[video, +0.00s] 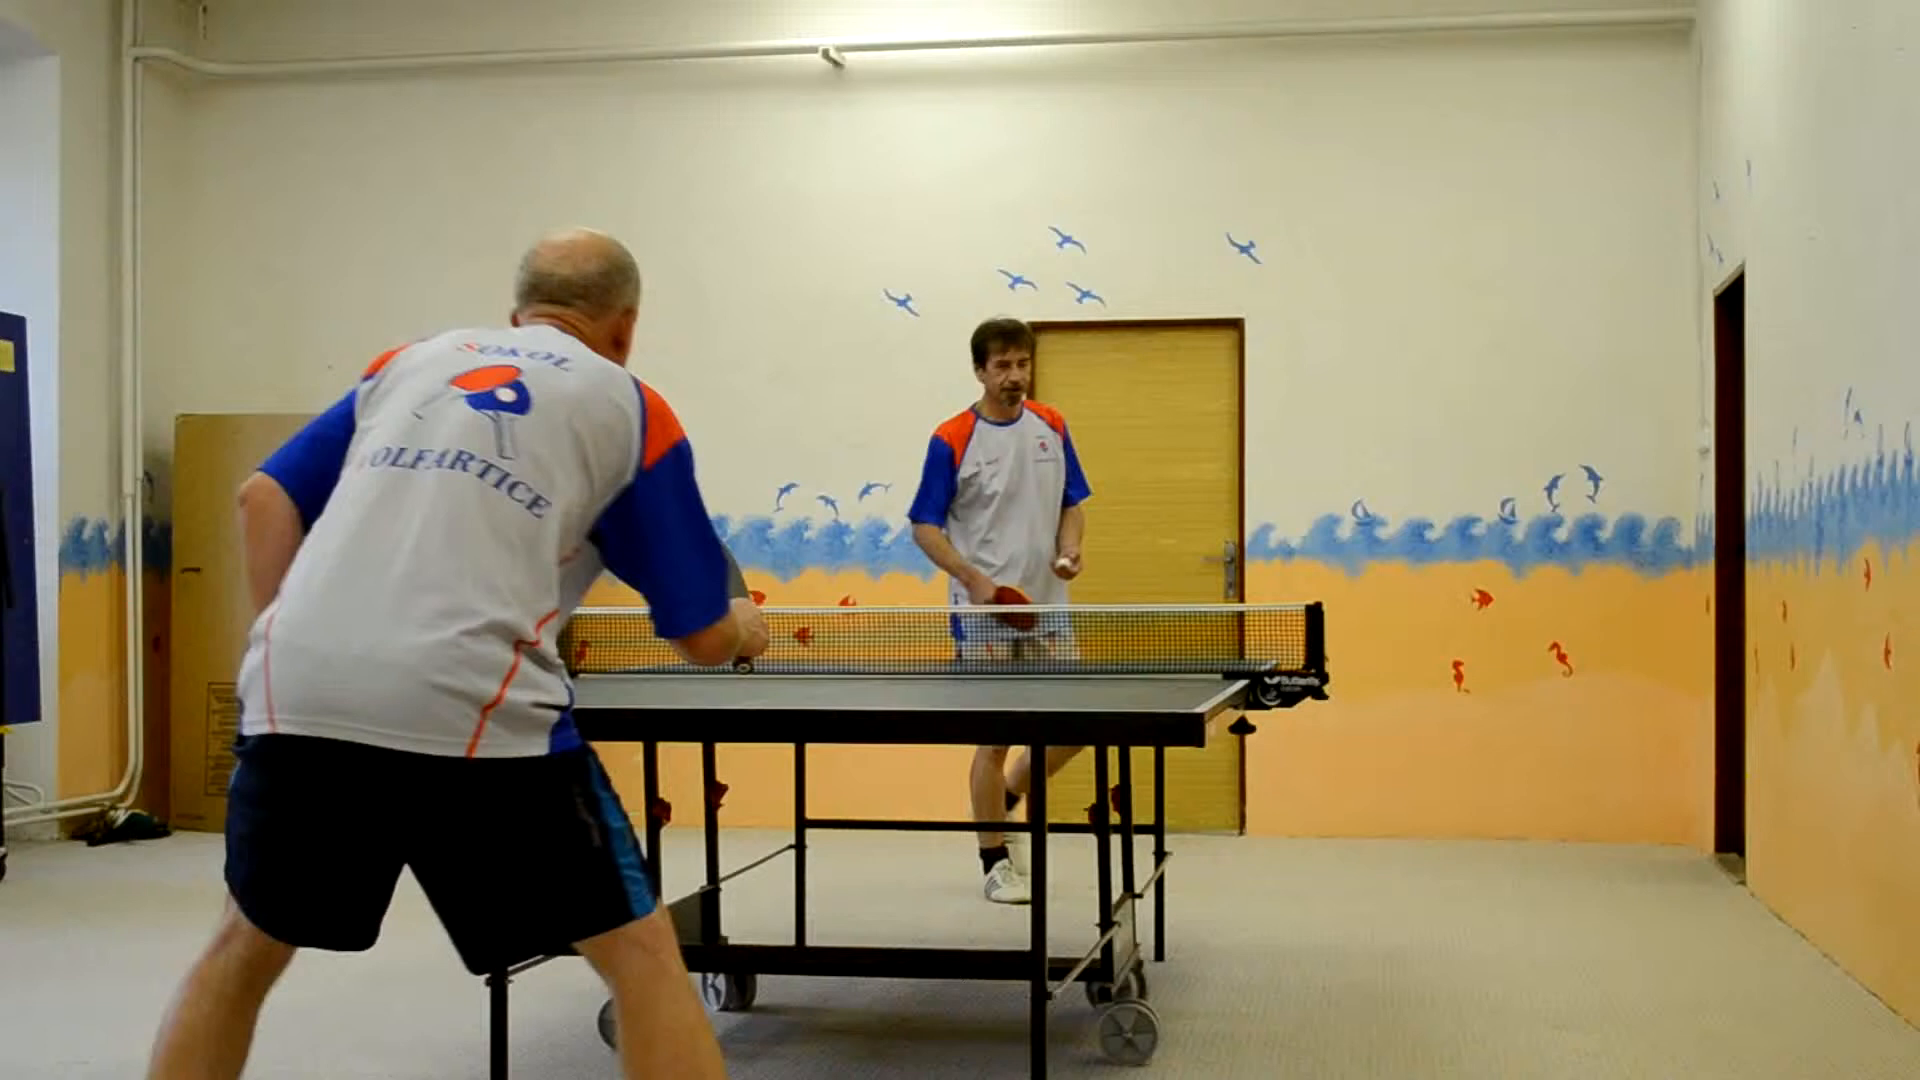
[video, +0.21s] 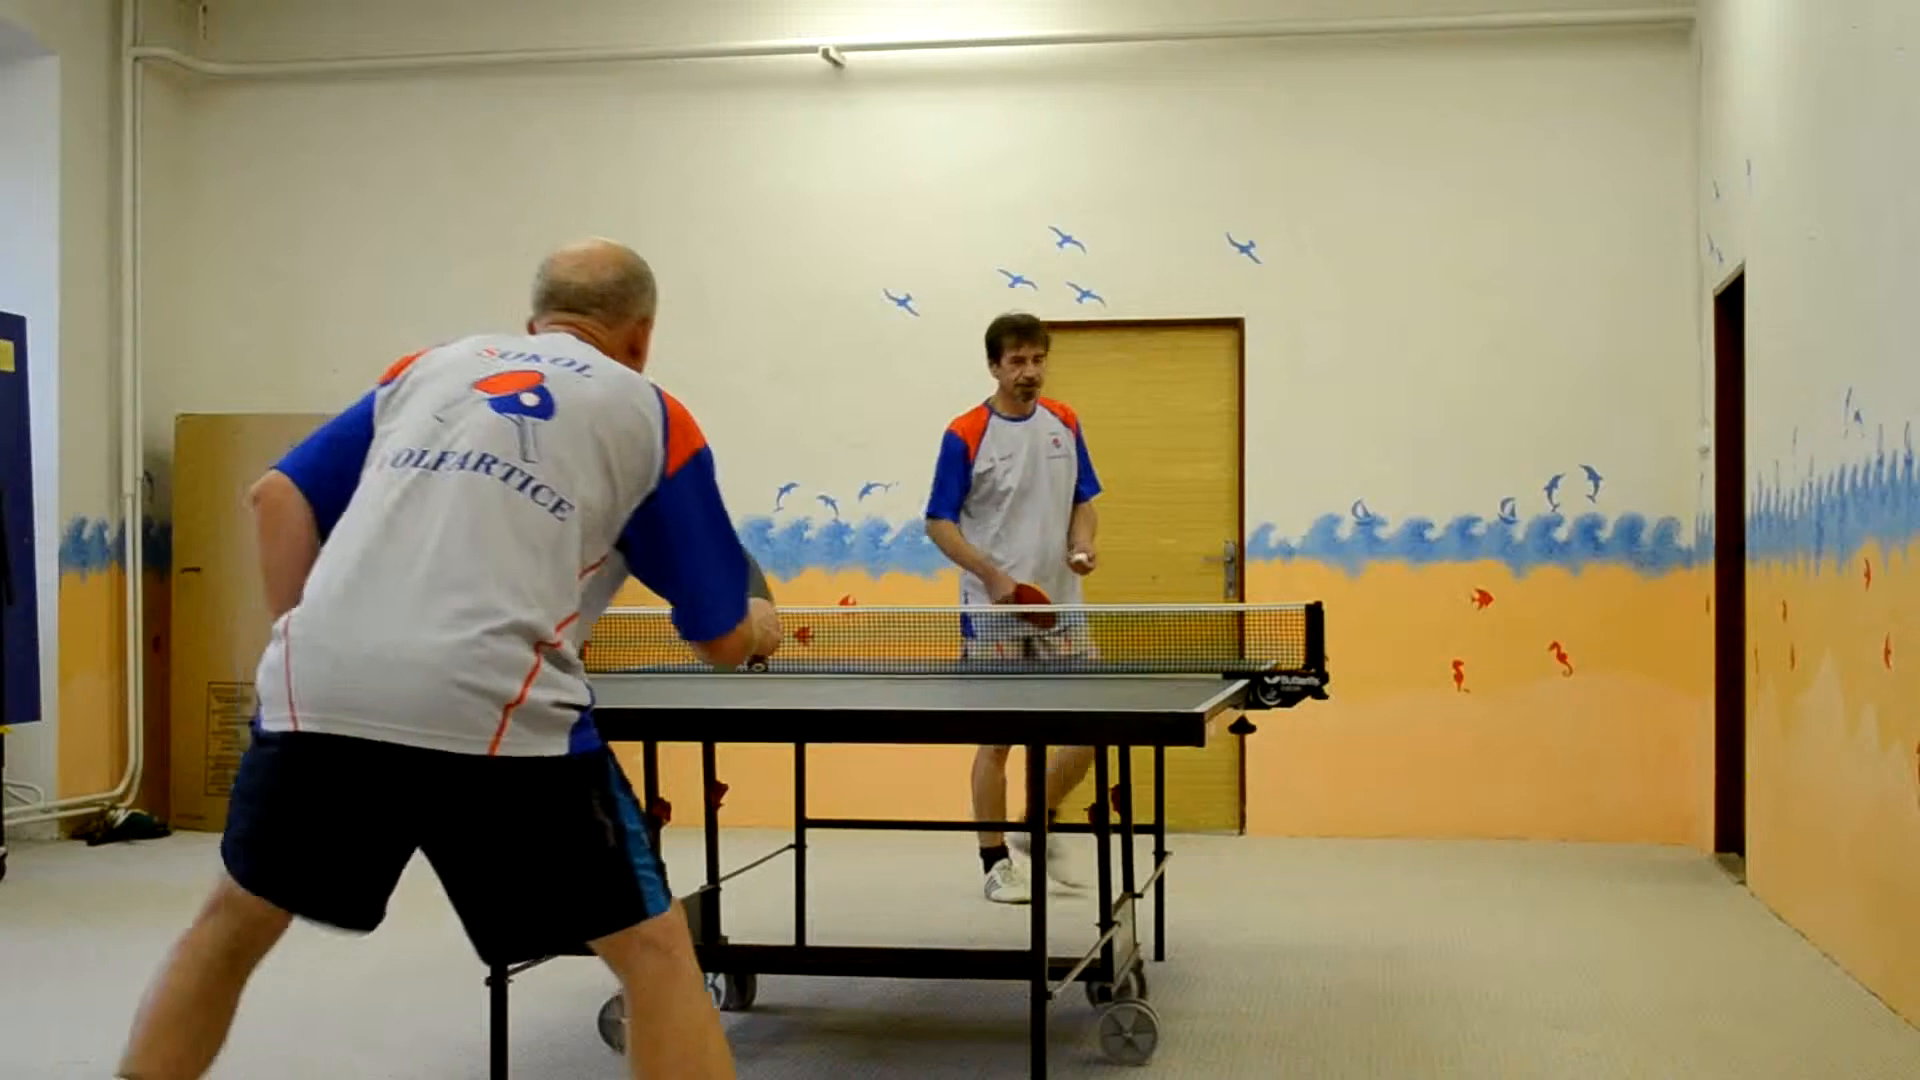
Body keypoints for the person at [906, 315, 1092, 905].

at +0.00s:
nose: (1014, 374)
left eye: (1022, 364)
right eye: (1003, 365)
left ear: (1032, 367)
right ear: (980, 370)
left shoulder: (1050, 425)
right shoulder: (952, 439)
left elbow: (1072, 503)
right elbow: (923, 527)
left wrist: (1069, 546)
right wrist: (972, 576)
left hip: (1045, 609)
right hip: (982, 612)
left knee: (1077, 724)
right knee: (996, 735)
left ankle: (996, 802)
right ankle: (995, 864)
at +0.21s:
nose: (1029, 370)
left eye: (1037, 360)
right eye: (1017, 361)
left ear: (1047, 363)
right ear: (995, 365)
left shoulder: (1063, 422)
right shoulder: (966, 433)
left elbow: (1084, 500)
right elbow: (938, 522)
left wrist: (1082, 540)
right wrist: (990, 573)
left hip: (1058, 607)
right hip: (993, 610)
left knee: (1089, 727)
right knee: (997, 735)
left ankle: (1031, 829)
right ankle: (995, 862)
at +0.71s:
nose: (1136, 383)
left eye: (1145, 372)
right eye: (1125, 373)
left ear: (1156, 370)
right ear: (1101, 372)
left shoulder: (1175, 429)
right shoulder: (1061, 437)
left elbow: (1202, 507)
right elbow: (1021, 523)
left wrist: (1188, 556)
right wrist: (1074, 573)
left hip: (1153, 612)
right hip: (1084, 614)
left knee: (1159, 739)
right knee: (1097, 737)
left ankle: (1139, 867)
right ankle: (1083, 864)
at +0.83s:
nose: (1152, 392)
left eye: (1161, 379)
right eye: (1140, 380)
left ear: (1172, 376)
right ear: (1115, 378)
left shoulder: (1192, 429)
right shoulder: (1076, 441)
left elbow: (1221, 506)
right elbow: (1033, 527)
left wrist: (1204, 559)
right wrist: (1082, 579)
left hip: (1171, 617)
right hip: (1100, 621)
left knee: (1173, 747)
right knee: (1128, 755)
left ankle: (1141, 873)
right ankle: (1136, 882)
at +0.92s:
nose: (1161, 401)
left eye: (1170, 388)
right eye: (1148, 389)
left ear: (1181, 384)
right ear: (1124, 385)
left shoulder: (1200, 433)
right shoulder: (1085, 447)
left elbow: (1232, 513)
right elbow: (1038, 536)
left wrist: (1212, 570)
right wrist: (1098, 597)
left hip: (1180, 618)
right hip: (1111, 624)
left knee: (1187, 748)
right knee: (1141, 753)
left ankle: (1148, 866)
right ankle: (1144, 884)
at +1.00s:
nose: (1166, 410)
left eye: (1176, 397)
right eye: (1154, 398)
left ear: (1187, 393)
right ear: (1130, 394)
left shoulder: (1206, 437)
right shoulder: (1092, 453)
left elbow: (1237, 520)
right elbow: (1043, 540)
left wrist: (1225, 574)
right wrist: (1101, 604)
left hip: (1184, 618)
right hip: (1117, 624)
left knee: (1216, 738)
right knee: (1142, 754)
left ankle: (1150, 856)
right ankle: (1148, 879)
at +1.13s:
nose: (1174, 422)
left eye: (1184, 409)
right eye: (1162, 410)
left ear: (1195, 404)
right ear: (1138, 404)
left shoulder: (1214, 444)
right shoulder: (1100, 459)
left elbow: (1245, 531)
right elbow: (1050, 548)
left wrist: (1228, 592)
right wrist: (1103, 610)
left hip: (1188, 624)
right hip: (1123, 629)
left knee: (1234, 724)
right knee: (1142, 747)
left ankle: (1181, 858)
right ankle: (1143, 884)